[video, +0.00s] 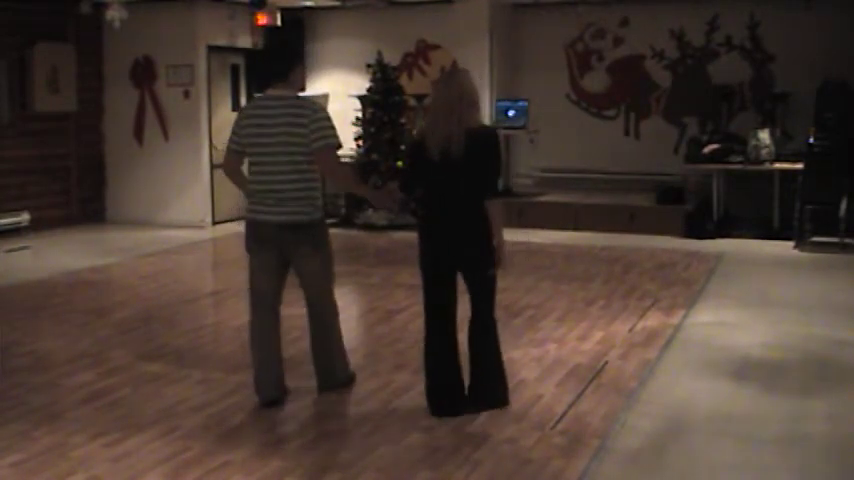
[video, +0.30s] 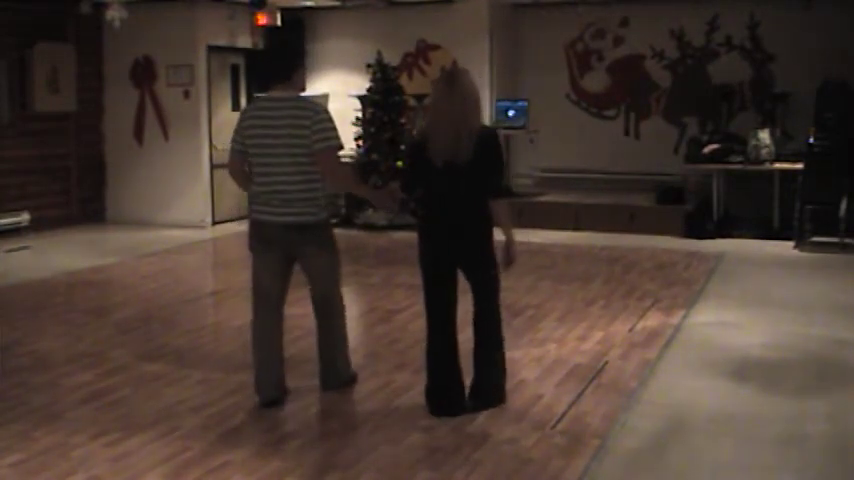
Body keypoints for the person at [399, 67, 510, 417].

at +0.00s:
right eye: (472, 95)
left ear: (436, 100)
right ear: (473, 99)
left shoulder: (423, 141)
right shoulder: (484, 138)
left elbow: (410, 192)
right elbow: (491, 197)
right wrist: (499, 242)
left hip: (434, 242)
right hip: (474, 239)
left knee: (439, 318)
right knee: (483, 313)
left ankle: (443, 397)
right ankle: (487, 392)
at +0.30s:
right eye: (472, 98)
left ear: (435, 103)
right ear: (474, 102)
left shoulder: (421, 143)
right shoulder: (484, 139)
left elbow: (411, 194)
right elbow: (496, 196)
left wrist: (426, 218)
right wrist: (508, 237)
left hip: (434, 242)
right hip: (475, 240)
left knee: (439, 318)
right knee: (487, 310)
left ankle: (443, 396)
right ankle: (488, 390)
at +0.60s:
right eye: (473, 97)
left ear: (435, 102)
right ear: (475, 101)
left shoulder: (421, 143)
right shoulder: (485, 140)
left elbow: (412, 193)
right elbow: (495, 196)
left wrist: (428, 217)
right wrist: (505, 236)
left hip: (435, 242)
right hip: (475, 240)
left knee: (440, 320)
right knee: (484, 318)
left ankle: (442, 395)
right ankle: (485, 391)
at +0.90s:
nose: (474, 104)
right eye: (473, 98)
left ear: (435, 102)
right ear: (474, 101)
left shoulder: (421, 143)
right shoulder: (484, 140)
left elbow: (413, 194)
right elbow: (495, 196)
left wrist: (427, 219)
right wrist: (505, 237)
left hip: (434, 243)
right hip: (474, 241)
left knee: (439, 319)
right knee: (482, 315)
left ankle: (442, 396)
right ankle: (485, 391)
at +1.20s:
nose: (474, 103)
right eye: (473, 96)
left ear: (436, 101)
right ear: (474, 101)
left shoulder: (422, 143)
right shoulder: (485, 139)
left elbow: (414, 195)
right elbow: (497, 195)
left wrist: (429, 221)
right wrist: (507, 237)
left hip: (435, 242)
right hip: (475, 240)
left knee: (440, 316)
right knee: (490, 307)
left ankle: (443, 396)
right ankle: (488, 390)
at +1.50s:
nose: (475, 103)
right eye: (474, 97)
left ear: (437, 101)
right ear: (475, 101)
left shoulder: (421, 145)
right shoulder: (486, 140)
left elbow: (415, 196)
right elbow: (498, 195)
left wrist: (430, 223)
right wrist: (509, 237)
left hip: (436, 243)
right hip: (477, 241)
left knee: (441, 317)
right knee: (491, 309)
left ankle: (443, 396)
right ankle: (486, 389)